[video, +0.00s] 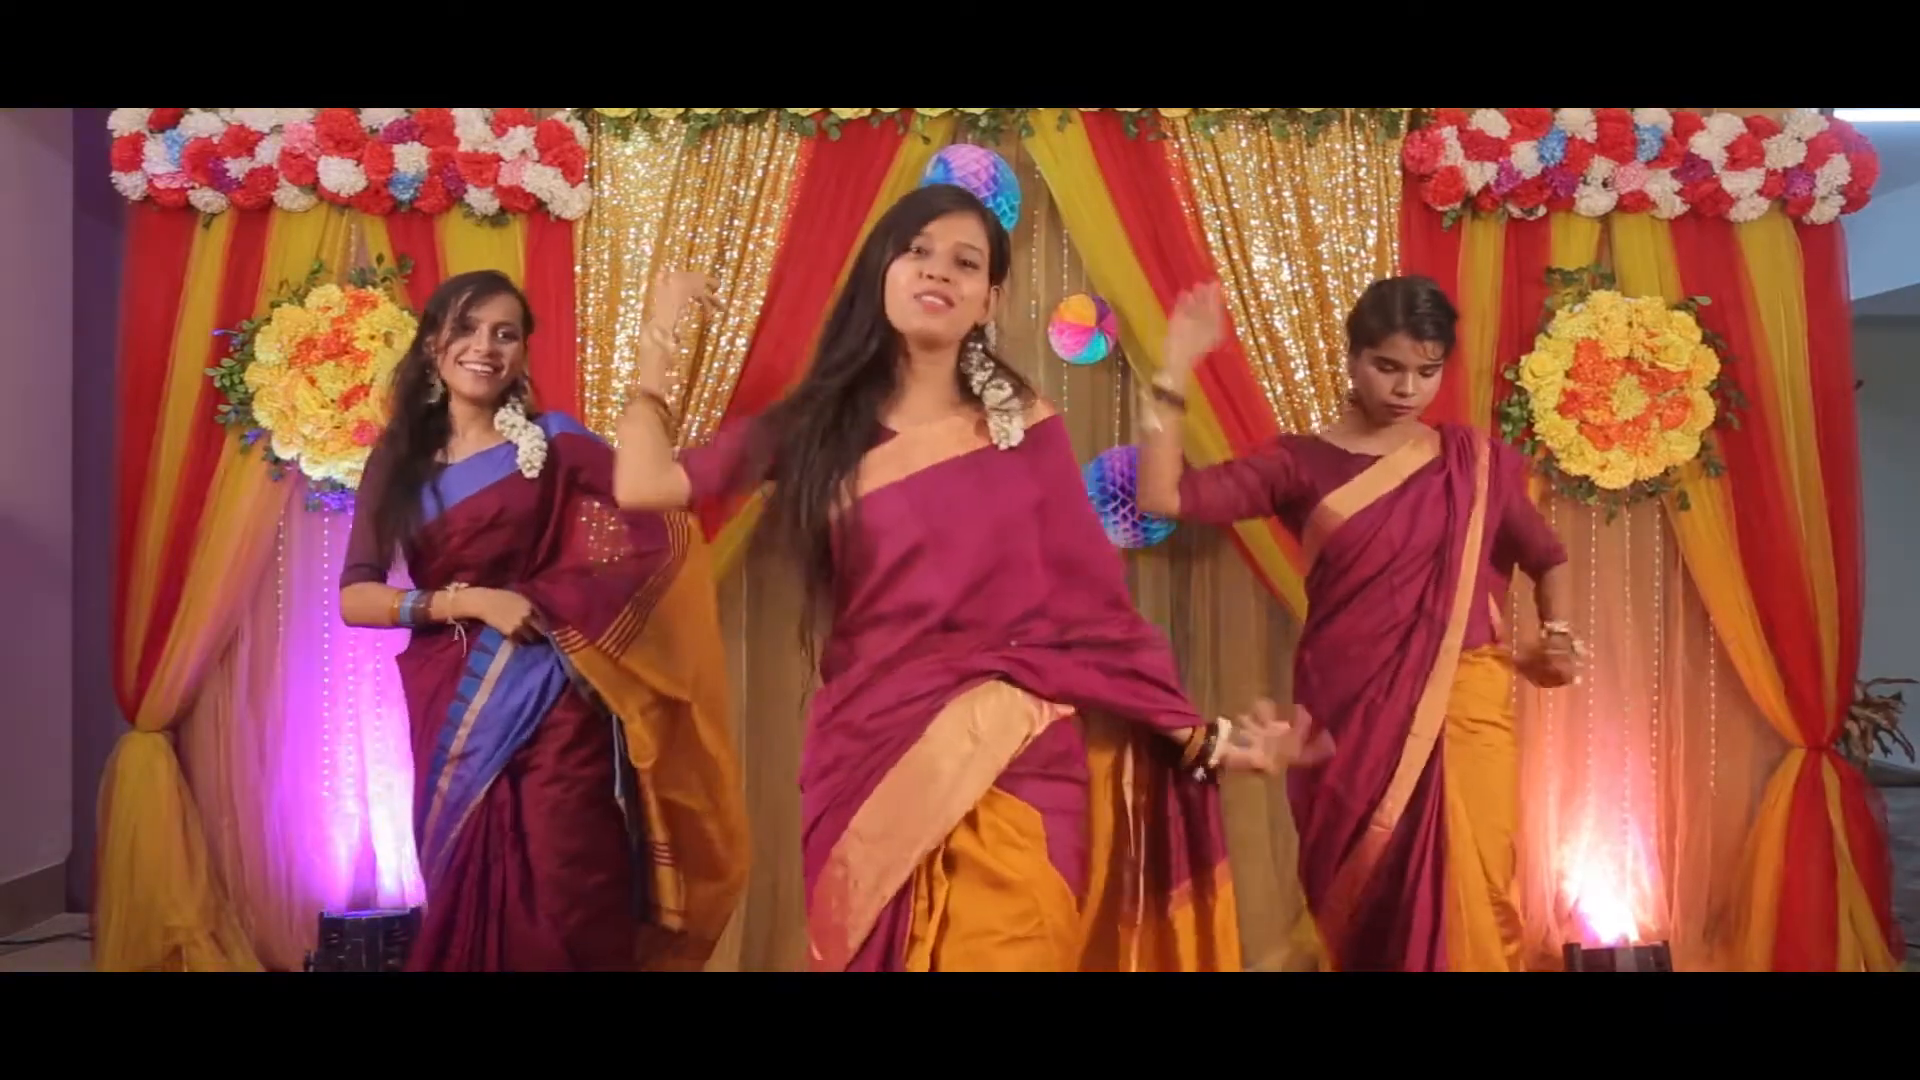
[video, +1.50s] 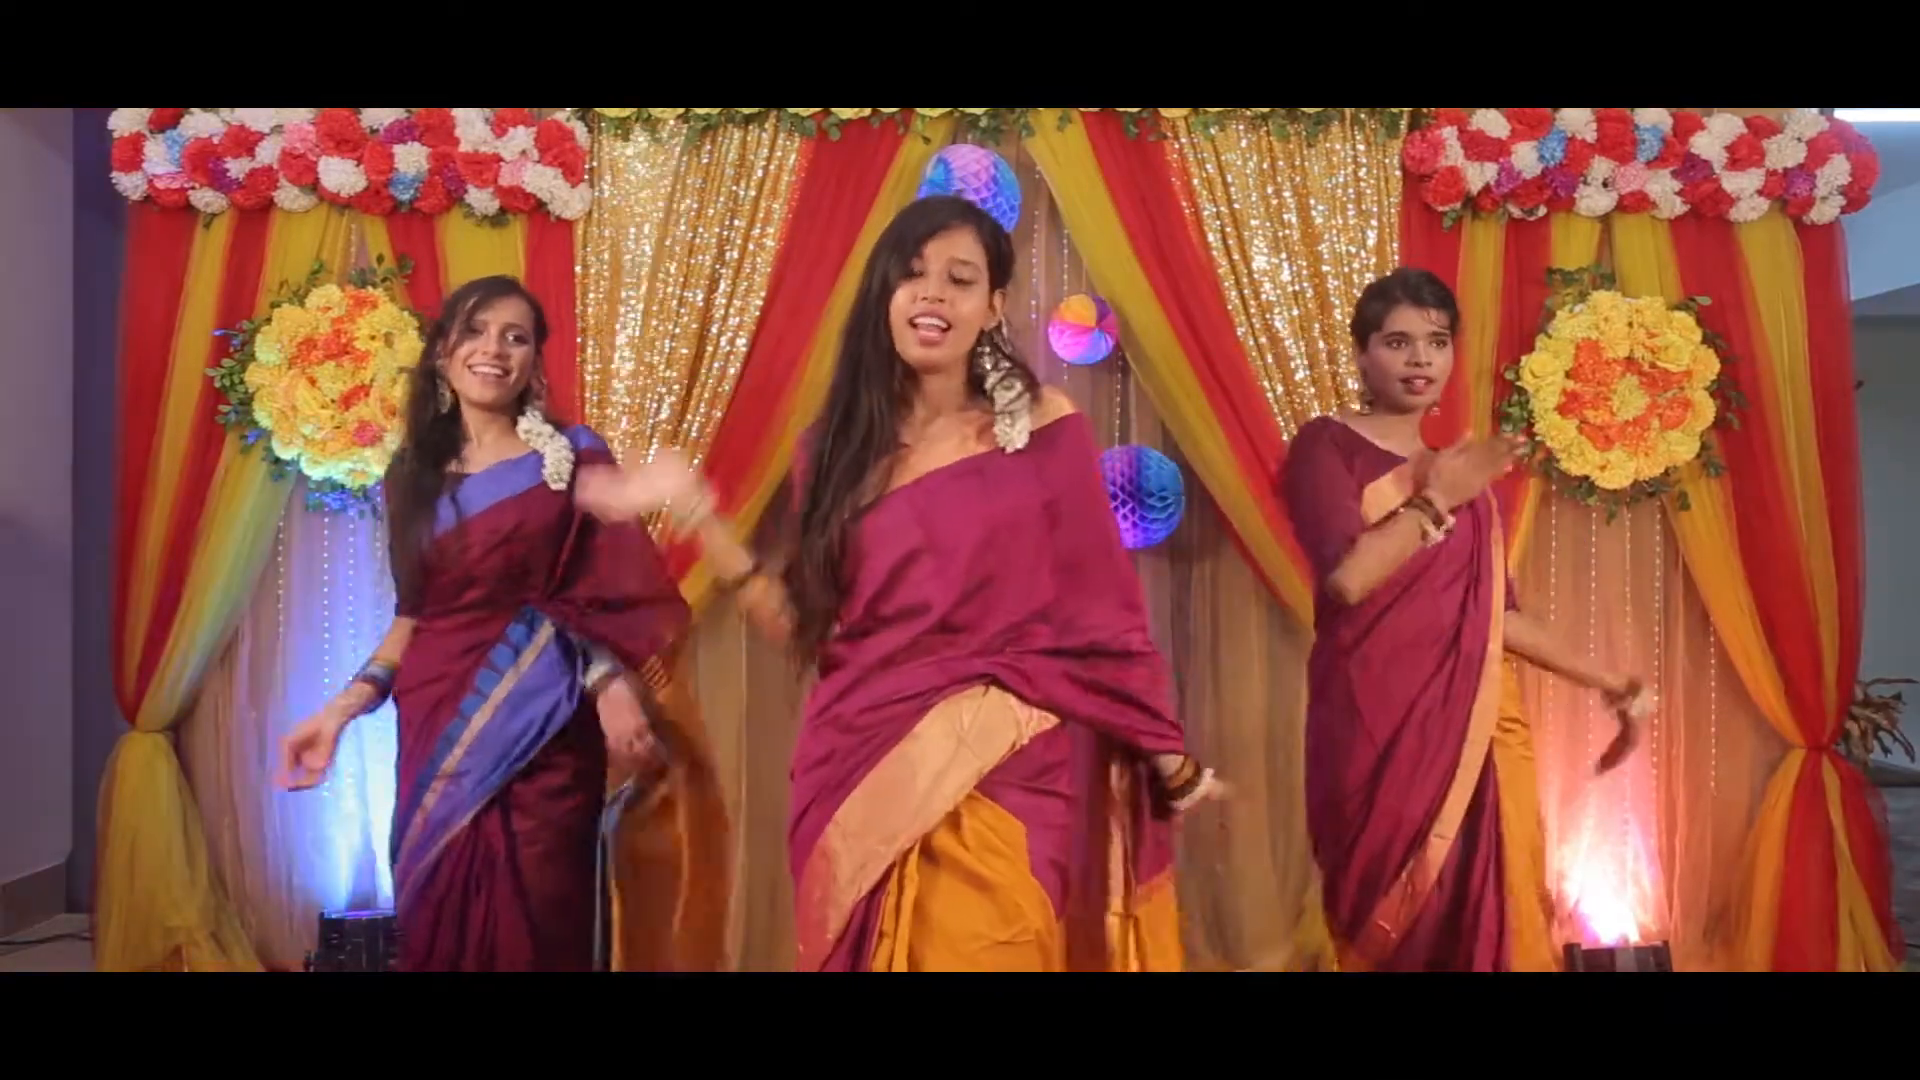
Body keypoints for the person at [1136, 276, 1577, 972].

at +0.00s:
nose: (1407, 388)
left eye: (1425, 370)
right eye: (1388, 367)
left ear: (1444, 365)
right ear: (1352, 358)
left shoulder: (1474, 457)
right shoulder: (1305, 461)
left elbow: (1550, 559)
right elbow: (1162, 495)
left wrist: (1557, 637)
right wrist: (1174, 369)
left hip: (1468, 706)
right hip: (1352, 716)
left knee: (1473, 907)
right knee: (1359, 915)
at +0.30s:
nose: (1403, 366)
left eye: (1422, 350)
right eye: (1386, 346)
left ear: (1441, 349)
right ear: (1349, 341)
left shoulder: (1476, 443)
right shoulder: (1302, 442)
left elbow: (1568, 534)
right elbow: (1180, 444)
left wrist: (1545, 617)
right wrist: (1268, 355)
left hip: (1469, 681)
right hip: (1352, 694)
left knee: (1478, 880)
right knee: (1359, 893)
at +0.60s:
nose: (1409, 366)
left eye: (1429, 349)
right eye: (1391, 345)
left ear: (1449, 355)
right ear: (1357, 346)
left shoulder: (1496, 448)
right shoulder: (1320, 459)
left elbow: (1570, 547)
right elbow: (1235, 542)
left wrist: (1553, 636)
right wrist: (1279, 431)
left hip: (1473, 705)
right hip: (1352, 711)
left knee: (1476, 910)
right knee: (1348, 913)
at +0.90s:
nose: (1412, 357)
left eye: (1431, 341)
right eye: (1394, 338)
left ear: (1451, 350)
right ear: (1360, 344)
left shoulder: (1497, 447)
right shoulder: (1312, 465)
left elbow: (1545, 580)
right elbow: (1289, 615)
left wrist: (1578, 678)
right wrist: (1331, 614)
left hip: (1480, 705)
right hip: (1365, 717)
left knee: (1488, 913)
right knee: (1370, 919)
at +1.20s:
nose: (1417, 342)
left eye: (1435, 328)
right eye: (1398, 325)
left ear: (1453, 344)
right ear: (1363, 335)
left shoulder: (1490, 442)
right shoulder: (1315, 448)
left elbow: (1524, 595)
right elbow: (1298, 604)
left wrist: (1594, 716)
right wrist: (1286, 569)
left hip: (1488, 698)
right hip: (1370, 706)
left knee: (1497, 903)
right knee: (1380, 910)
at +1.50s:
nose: (1420, 358)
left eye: (1437, 342)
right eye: (1398, 341)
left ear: (1453, 356)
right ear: (1360, 352)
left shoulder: (1463, 473)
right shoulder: (1326, 446)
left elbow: (1499, 617)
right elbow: (1346, 578)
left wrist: (1605, 680)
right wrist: (1438, 499)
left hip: (1471, 731)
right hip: (1374, 729)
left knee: (1486, 924)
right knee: (1389, 928)